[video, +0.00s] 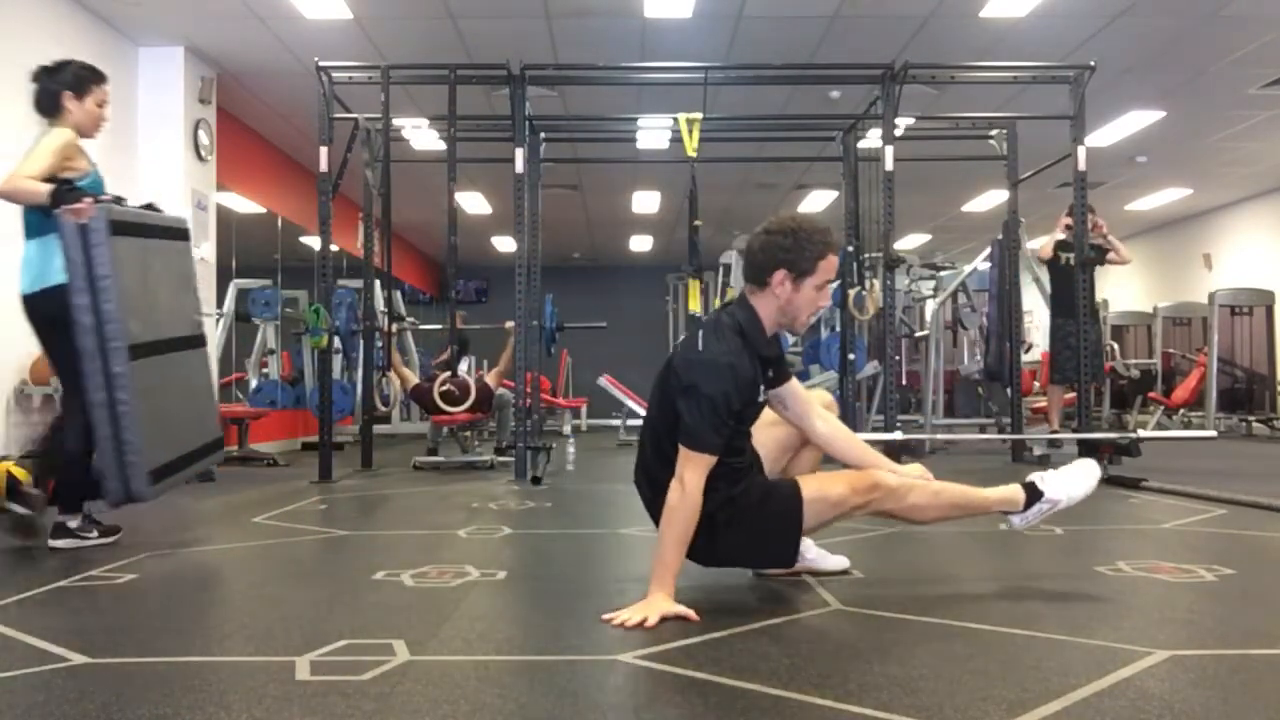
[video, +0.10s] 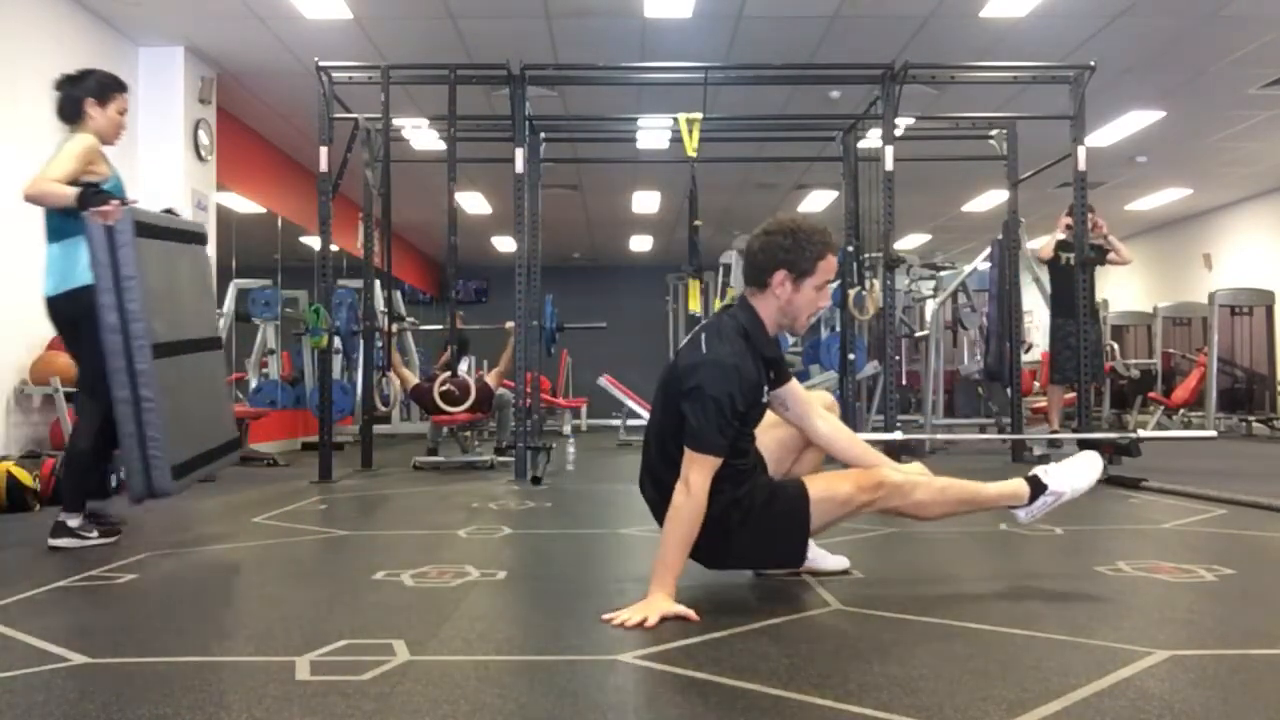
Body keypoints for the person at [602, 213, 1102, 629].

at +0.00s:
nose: (828, 301)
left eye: (830, 288)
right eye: (823, 288)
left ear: (781, 282)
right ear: (781, 284)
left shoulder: (754, 338)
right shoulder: (720, 358)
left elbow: (811, 423)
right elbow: (687, 483)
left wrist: (899, 475)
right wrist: (658, 591)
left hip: (724, 487)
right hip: (712, 519)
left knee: (815, 407)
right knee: (870, 485)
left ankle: (782, 541)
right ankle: (1023, 499)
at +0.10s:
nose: (827, 302)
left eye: (829, 289)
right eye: (823, 288)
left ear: (781, 282)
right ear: (781, 285)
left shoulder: (753, 337)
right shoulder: (724, 361)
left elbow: (811, 423)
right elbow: (692, 484)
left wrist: (901, 476)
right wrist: (659, 590)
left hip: (726, 489)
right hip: (722, 522)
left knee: (818, 407)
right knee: (875, 483)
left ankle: (784, 542)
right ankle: (1028, 491)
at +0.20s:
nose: (827, 302)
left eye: (830, 289)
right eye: (823, 288)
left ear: (781, 283)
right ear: (781, 285)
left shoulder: (753, 337)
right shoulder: (726, 361)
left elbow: (810, 421)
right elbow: (691, 483)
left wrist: (901, 474)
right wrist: (659, 591)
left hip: (728, 492)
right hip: (725, 524)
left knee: (819, 408)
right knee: (880, 481)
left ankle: (783, 543)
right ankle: (1028, 489)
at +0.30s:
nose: (827, 302)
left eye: (829, 290)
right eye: (822, 289)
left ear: (780, 284)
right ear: (781, 286)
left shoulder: (752, 339)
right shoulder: (727, 362)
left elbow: (811, 421)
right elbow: (691, 483)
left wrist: (902, 472)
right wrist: (659, 590)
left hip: (728, 493)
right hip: (724, 525)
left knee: (819, 408)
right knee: (882, 479)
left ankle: (784, 545)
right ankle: (1027, 485)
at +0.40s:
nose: (821, 303)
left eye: (824, 290)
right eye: (817, 289)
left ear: (776, 285)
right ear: (777, 287)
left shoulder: (746, 339)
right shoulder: (726, 362)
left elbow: (809, 420)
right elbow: (691, 483)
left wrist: (899, 468)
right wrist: (659, 590)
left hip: (727, 496)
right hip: (724, 528)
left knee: (817, 406)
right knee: (880, 480)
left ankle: (786, 544)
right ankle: (1025, 486)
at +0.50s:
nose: (819, 303)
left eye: (820, 290)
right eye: (813, 289)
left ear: (772, 287)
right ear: (772, 289)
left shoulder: (742, 343)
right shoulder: (725, 364)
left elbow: (806, 421)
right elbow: (689, 485)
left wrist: (900, 465)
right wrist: (659, 591)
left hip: (727, 501)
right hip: (725, 531)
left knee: (815, 404)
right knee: (881, 479)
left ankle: (786, 546)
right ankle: (1026, 486)